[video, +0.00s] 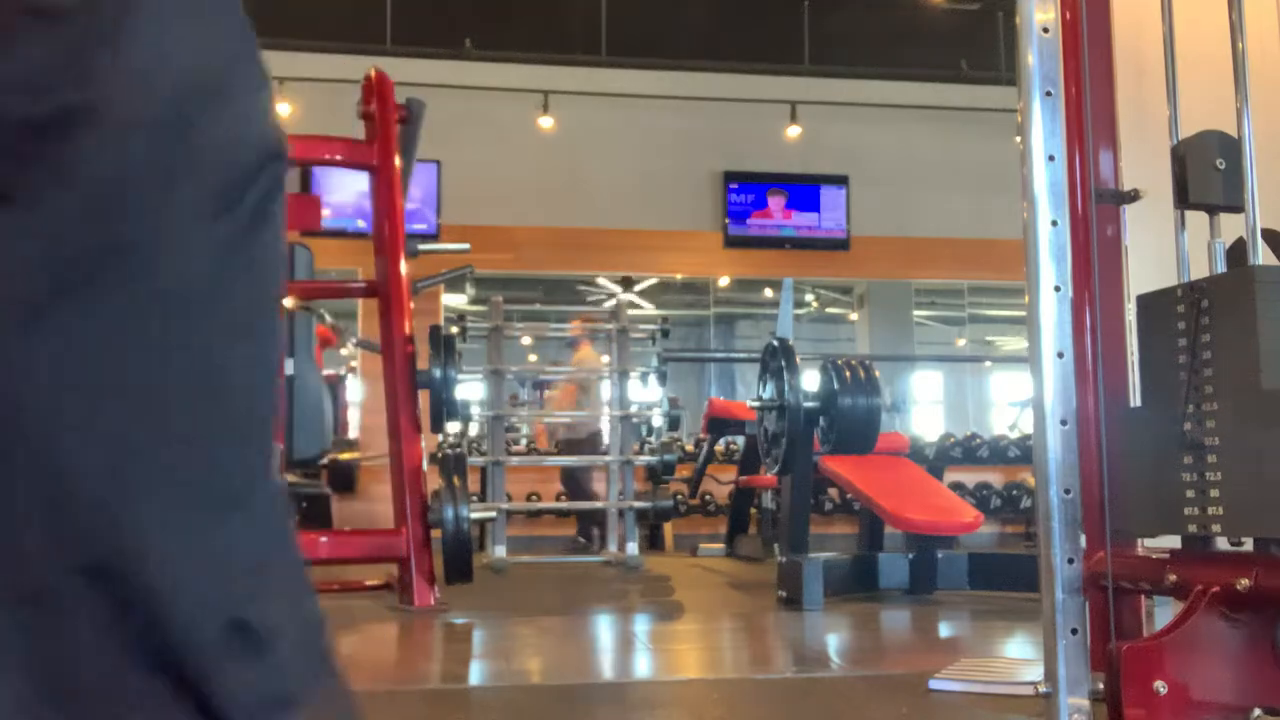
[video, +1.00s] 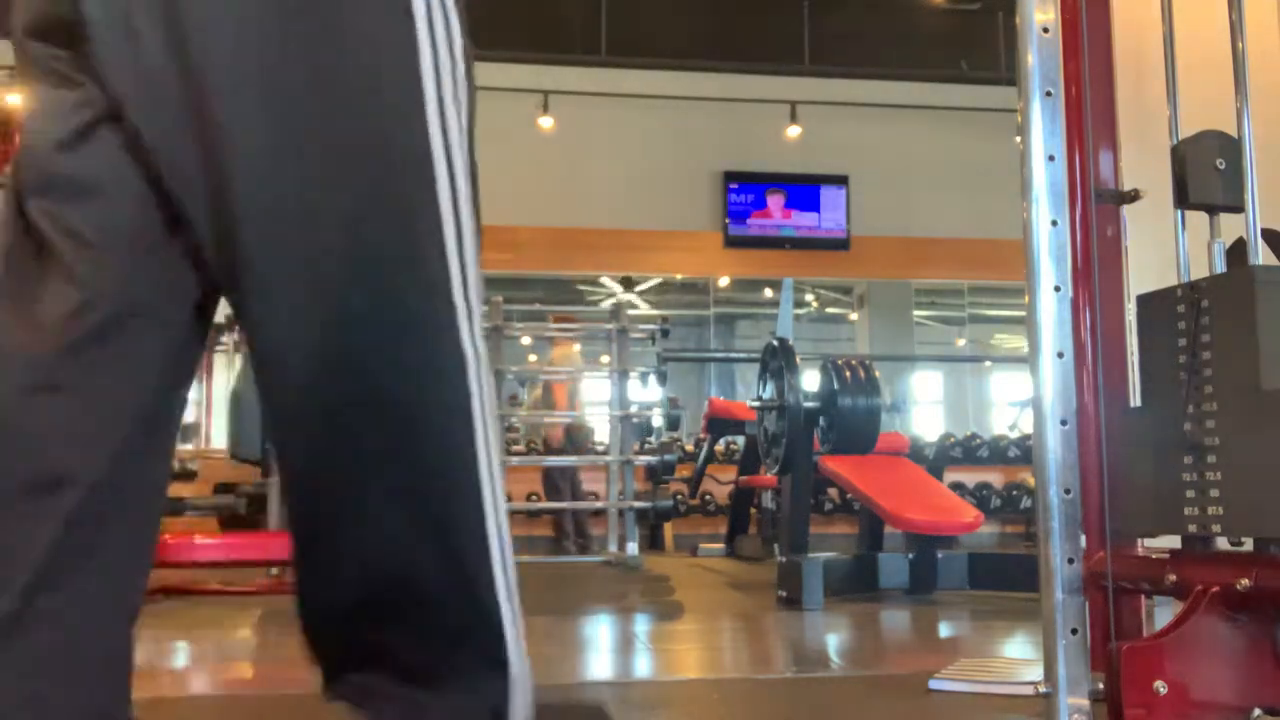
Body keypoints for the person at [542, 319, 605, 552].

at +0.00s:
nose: (570, 334)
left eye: (573, 329)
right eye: (571, 329)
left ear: (582, 332)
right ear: (583, 333)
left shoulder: (585, 358)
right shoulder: (582, 357)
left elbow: (570, 394)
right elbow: (569, 393)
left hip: (581, 432)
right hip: (576, 432)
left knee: (573, 481)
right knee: (577, 483)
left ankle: (602, 524)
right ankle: (584, 533)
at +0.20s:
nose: (567, 328)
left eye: (572, 323)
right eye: (569, 323)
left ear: (582, 328)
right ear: (579, 328)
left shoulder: (583, 356)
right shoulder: (578, 356)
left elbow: (560, 390)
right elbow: (558, 395)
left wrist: (532, 408)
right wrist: (525, 424)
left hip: (578, 432)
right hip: (571, 432)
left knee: (570, 481)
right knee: (574, 483)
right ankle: (583, 533)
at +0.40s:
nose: (563, 331)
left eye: (567, 326)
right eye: (563, 326)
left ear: (578, 330)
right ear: (573, 330)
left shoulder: (580, 357)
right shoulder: (574, 356)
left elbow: (565, 389)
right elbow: (561, 391)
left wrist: (543, 401)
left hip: (576, 431)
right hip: (570, 430)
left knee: (562, 477)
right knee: (571, 480)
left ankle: (585, 530)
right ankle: (583, 530)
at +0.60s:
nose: (555, 332)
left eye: (560, 328)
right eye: (557, 327)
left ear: (570, 331)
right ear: (574, 332)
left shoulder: (569, 357)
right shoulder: (579, 356)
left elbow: (568, 397)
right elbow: (576, 396)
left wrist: (564, 429)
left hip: (568, 430)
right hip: (580, 429)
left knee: (557, 482)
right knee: (579, 483)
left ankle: (566, 536)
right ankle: (584, 535)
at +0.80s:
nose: (556, 339)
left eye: (558, 334)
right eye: (560, 334)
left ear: (559, 336)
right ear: (574, 337)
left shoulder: (561, 364)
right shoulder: (576, 361)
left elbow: (572, 402)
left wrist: (583, 429)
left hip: (562, 433)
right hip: (574, 432)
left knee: (557, 485)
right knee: (577, 484)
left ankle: (566, 540)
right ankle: (585, 538)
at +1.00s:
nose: (553, 335)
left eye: (555, 331)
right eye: (556, 331)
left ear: (557, 333)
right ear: (571, 334)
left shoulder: (558, 358)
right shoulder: (572, 356)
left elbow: (561, 393)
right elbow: (570, 392)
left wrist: (558, 424)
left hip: (561, 427)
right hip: (573, 425)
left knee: (556, 481)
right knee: (570, 480)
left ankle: (566, 539)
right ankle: (583, 536)